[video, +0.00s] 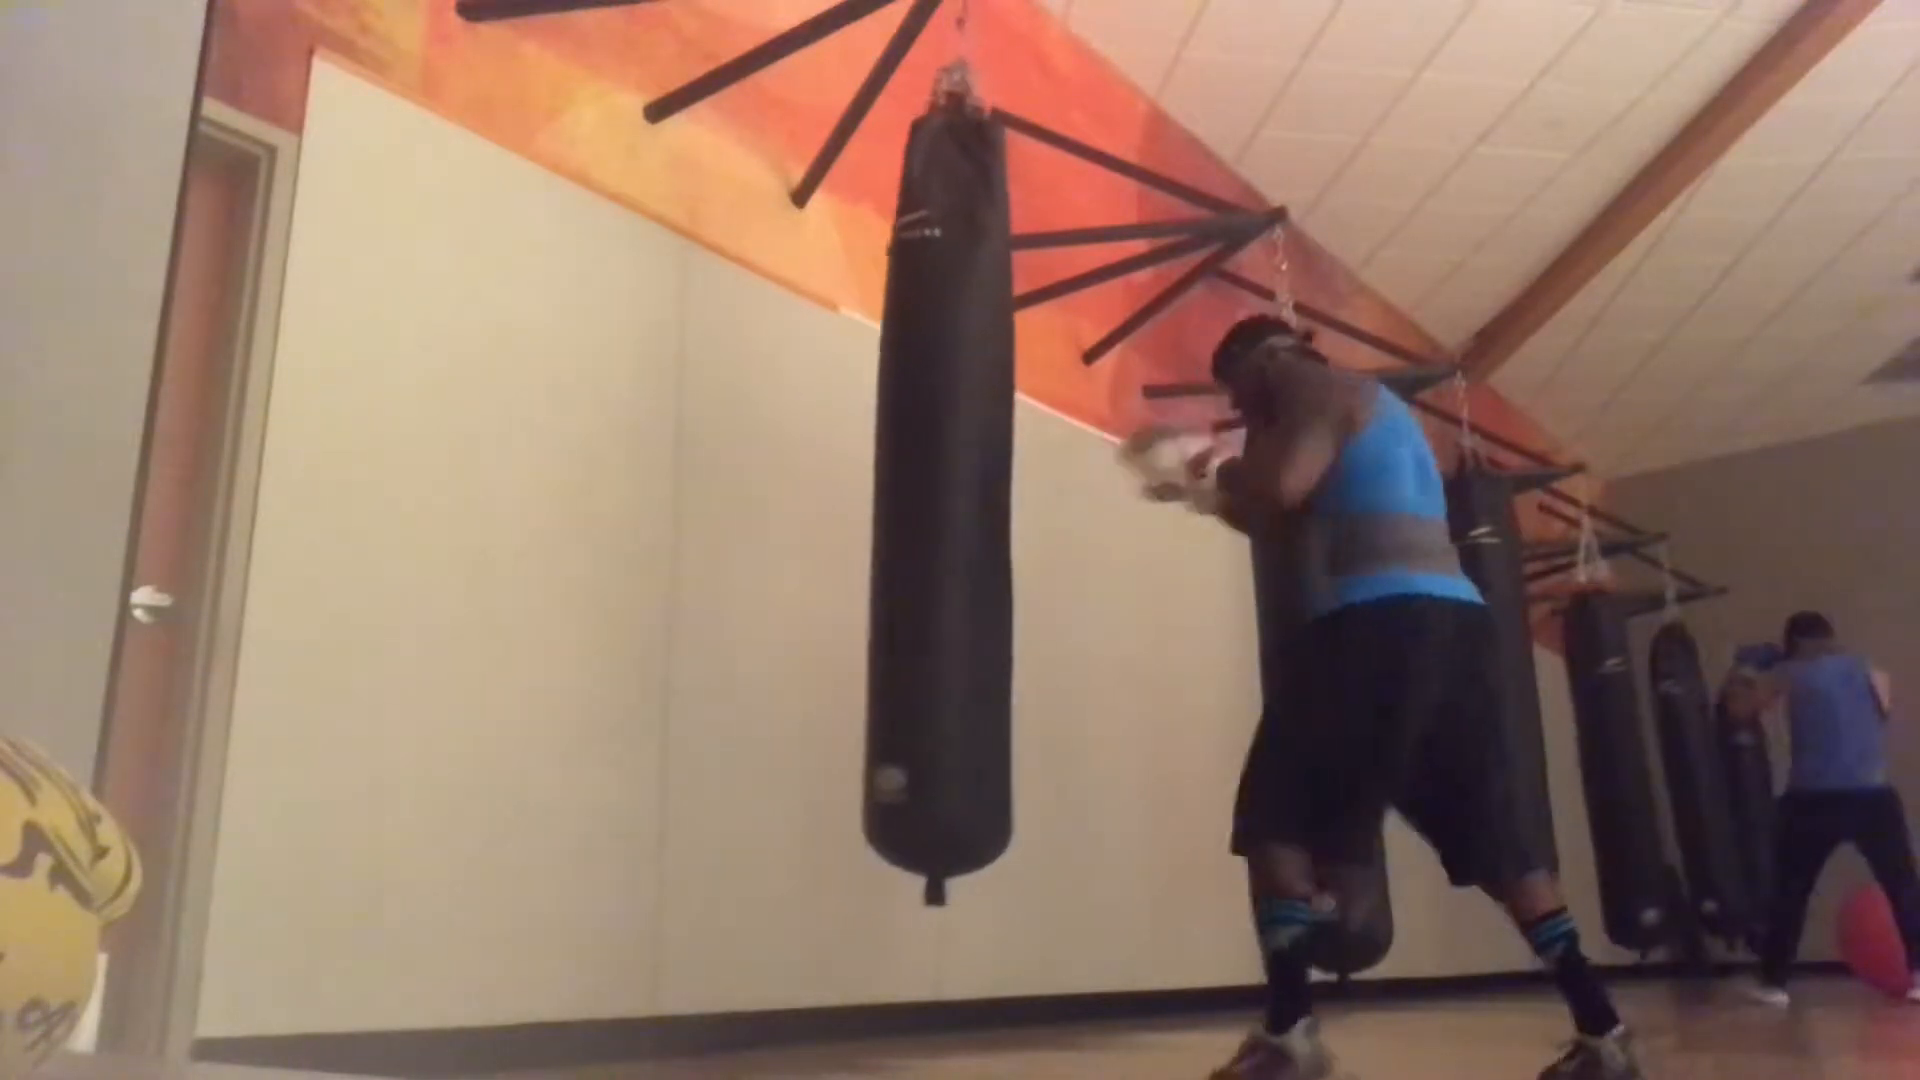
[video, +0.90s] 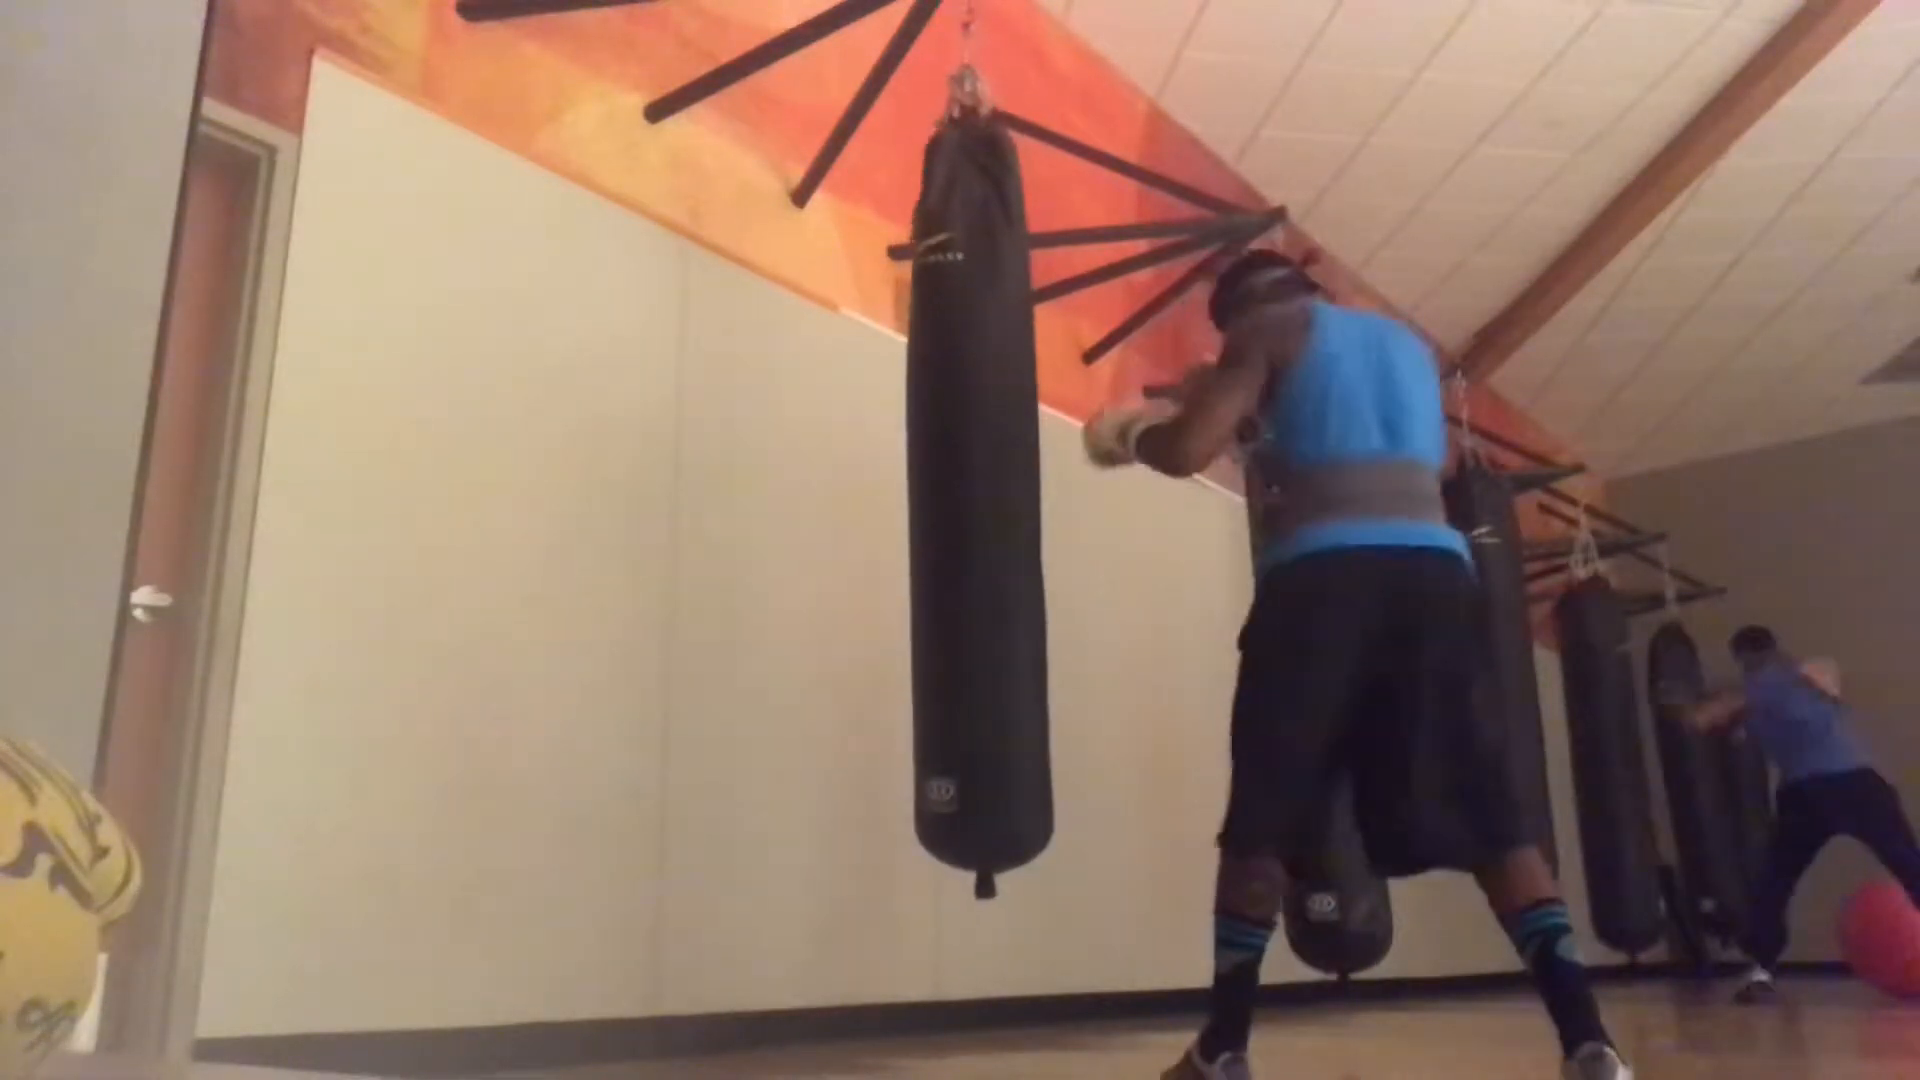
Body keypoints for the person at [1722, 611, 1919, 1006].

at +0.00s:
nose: (1794, 654)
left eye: (1791, 648)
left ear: (1792, 645)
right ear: (1832, 637)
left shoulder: (1790, 673)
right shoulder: (1866, 670)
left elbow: (1741, 709)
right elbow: (1883, 712)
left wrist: (1739, 671)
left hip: (1813, 799)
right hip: (1872, 798)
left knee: (1791, 890)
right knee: (1904, 887)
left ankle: (1775, 981)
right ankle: (1917, 975)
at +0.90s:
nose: (1751, 666)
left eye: (1745, 660)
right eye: (1752, 657)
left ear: (1740, 660)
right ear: (1779, 650)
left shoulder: (1749, 695)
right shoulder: (1815, 674)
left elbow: (1702, 721)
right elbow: (1829, 691)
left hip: (1804, 796)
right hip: (1859, 784)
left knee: (1774, 882)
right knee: (1909, 866)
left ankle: (1761, 969)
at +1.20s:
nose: (1731, 674)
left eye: (1729, 668)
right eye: (1731, 668)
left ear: (1732, 666)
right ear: (1763, 653)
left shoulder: (1744, 690)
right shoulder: (1802, 676)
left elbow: (1696, 715)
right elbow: (1830, 705)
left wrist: (1679, 705)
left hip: (1788, 798)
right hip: (1842, 789)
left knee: (1756, 879)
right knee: (1890, 874)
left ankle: (1734, 964)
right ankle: (1917, 953)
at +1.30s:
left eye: (1729, 665)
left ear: (1725, 665)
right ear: (1763, 655)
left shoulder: (1723, 693)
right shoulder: (1794, 675)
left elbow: (1677, 706)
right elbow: (1816, 706)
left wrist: (1641, 708)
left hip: (1777, 799)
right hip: (1831, 788)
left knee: (1753, 882)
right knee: (1885, 869)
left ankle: (1735, 971)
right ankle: (1905, 955)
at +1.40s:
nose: (1730, 678)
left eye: (1728, 672)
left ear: (1729, 669)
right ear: (1765, 661)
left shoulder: (1733, 693)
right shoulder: (1800, 686)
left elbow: (1683, 721)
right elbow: (1819, 721)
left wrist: (1668, 703)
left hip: (1767, 807)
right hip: (1821, 802)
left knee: (1745, 879)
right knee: (1871, 880)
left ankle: (1725, 947)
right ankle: (1902, 961)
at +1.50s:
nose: (1713, 679)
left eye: (1712, 672)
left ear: (1712, 671)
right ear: (1746, 665)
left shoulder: (1717, 699)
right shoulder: (1776, 690)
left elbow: (1672, 724)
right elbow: (1808, 722)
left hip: (1760, 803)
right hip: (1810, 795)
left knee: (1729, 882)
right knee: (1858, 880)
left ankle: (1700, 962)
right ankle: (1897, 961)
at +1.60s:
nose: (1711, 680)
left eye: (1703, 675)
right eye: (1716, 673)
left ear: (1693, 677)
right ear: (1726, 671)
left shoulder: (1691, 708)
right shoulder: (1752, 695)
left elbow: (1655, 717)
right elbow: (1771, 714)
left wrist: (1632, 710)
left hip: (1747, 801)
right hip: (1796, 790)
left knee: (1725, 885)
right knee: (1841, 872)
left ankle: (1696, 971)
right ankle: (1874, 962)